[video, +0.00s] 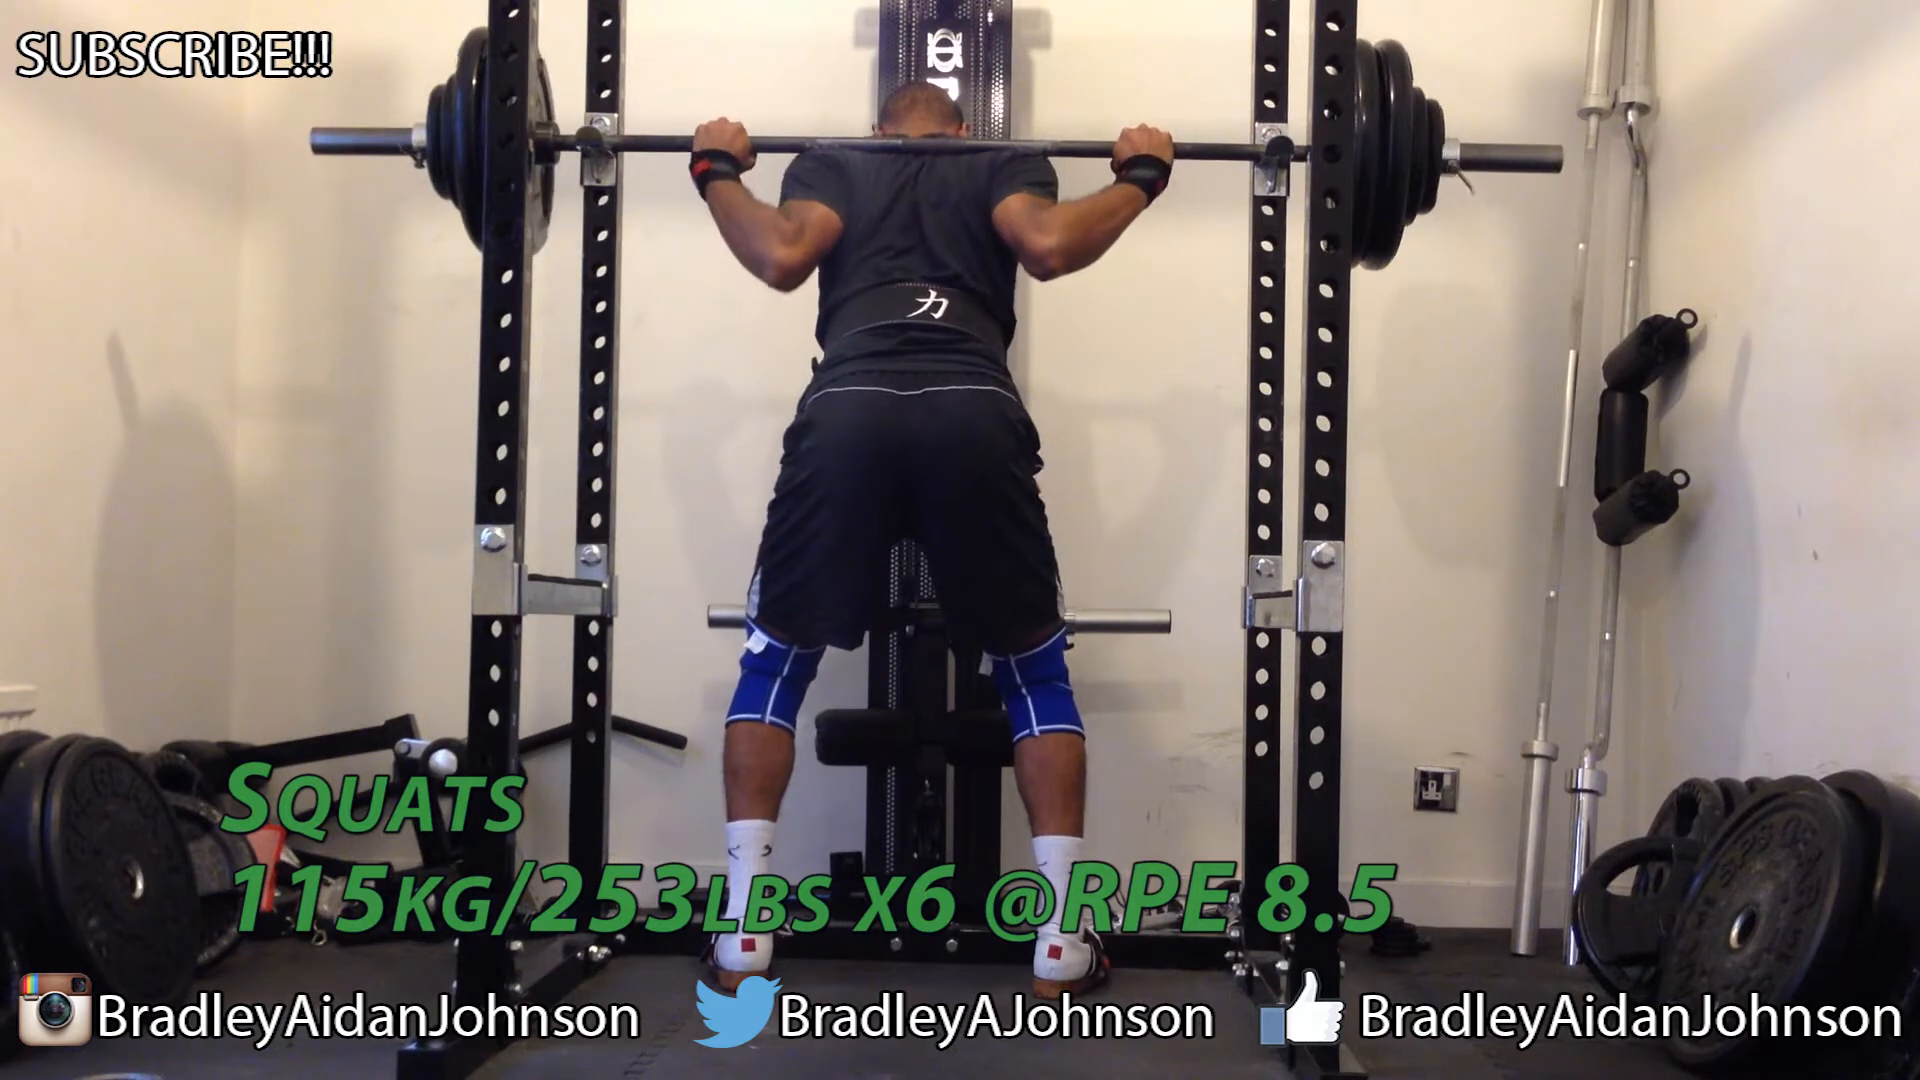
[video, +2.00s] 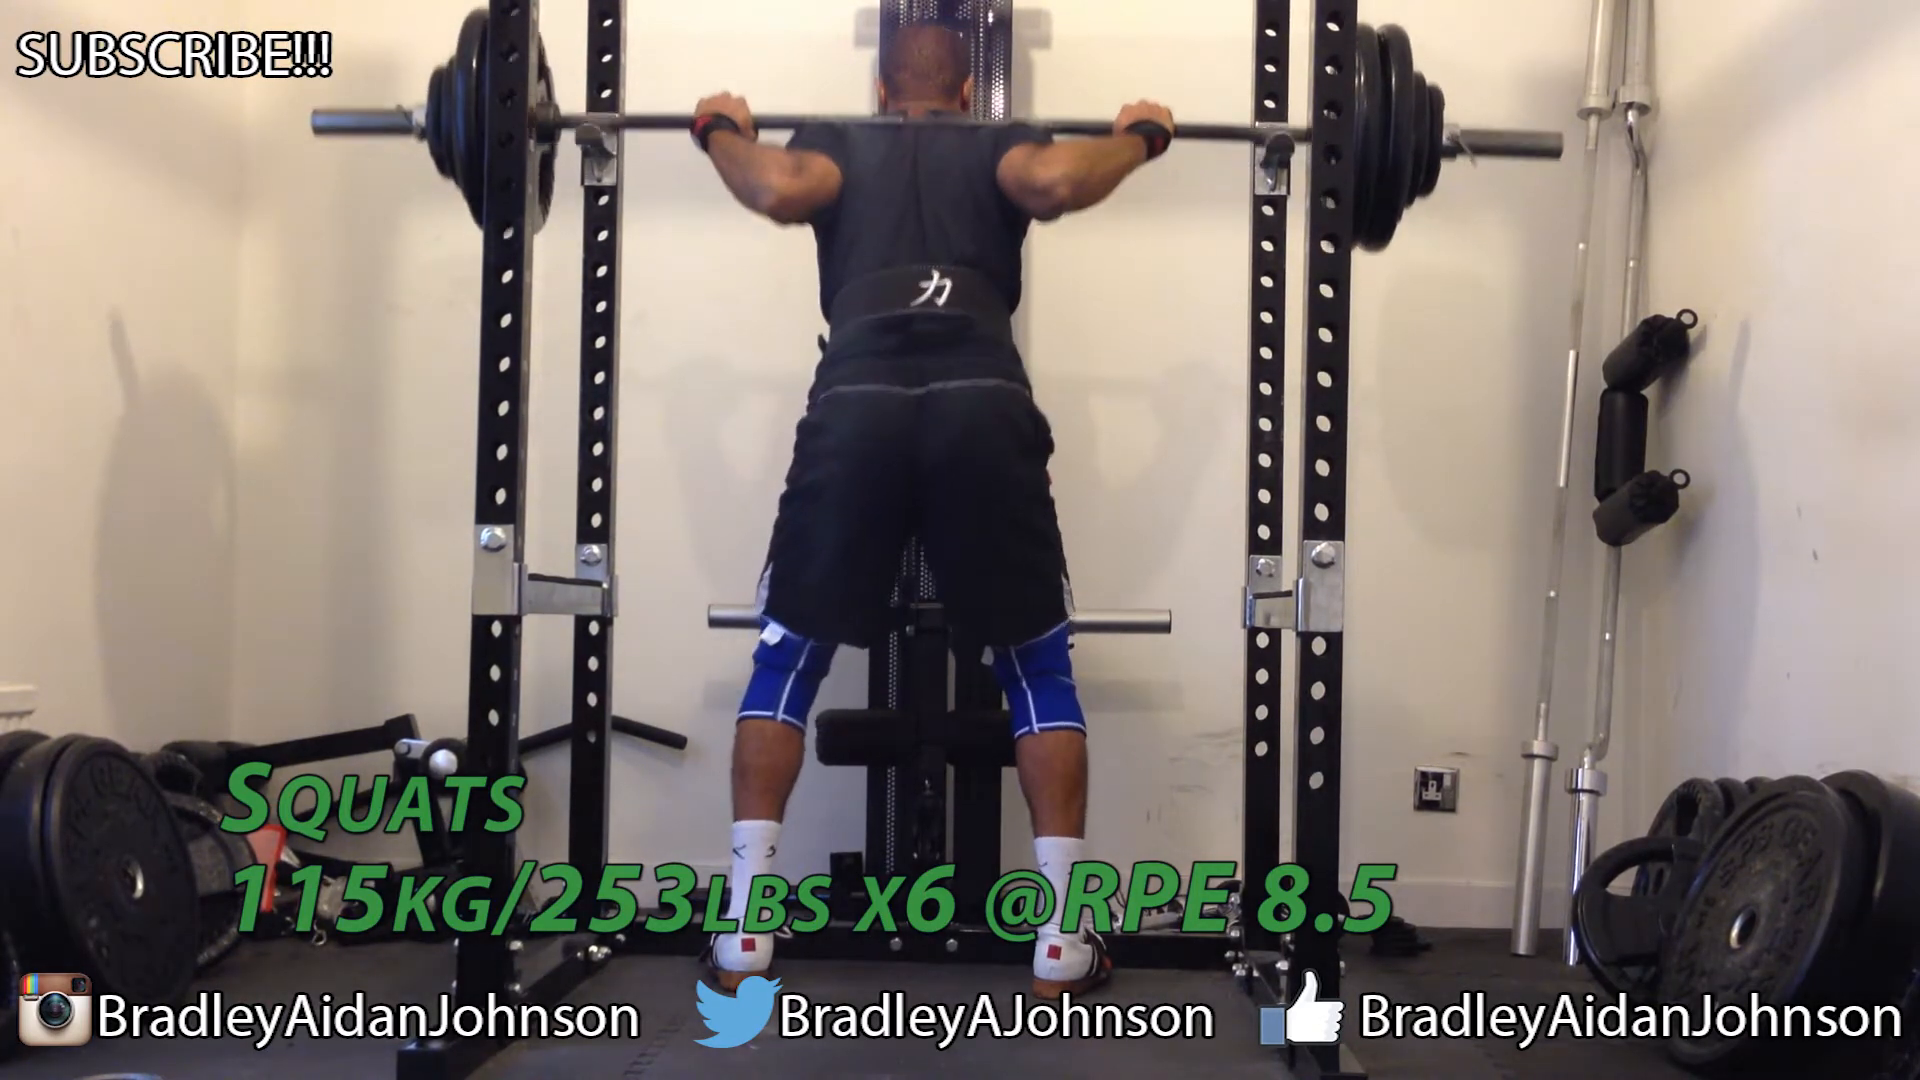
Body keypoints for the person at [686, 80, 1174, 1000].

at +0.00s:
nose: (939, 127)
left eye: (917, 119)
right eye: (951, 118)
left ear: (878, 126)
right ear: (965, 126)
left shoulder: (835, 161)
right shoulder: (999, 162)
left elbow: (781, 259)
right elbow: (1048, 248)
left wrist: (720, 174)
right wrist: (1137, 183)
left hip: (847, 412)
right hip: (973, 409)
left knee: (776, 658)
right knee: (1032, 668)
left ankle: (744, 916)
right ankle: (1062, 926)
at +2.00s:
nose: (907, 88)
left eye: (892, 76)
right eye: (956, 76)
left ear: (880, 90)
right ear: (970, 90)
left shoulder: (839, 147)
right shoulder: (998, 143)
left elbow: (777, 188)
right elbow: (1055, 180)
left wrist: (728, 137)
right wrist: (1135, 139)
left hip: (855, 414)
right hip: (985, 414)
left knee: (786, 666)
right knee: (1038, 674)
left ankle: (746, 918)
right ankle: (1061, 929)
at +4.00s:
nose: (938, 26)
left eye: (917, 20)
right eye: (942, 21)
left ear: (848, 24)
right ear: (939, 25)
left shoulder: (790, 68)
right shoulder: (970, 68)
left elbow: (714, 135)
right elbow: (1014, 125)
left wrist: (666, 72)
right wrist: (1103, 79)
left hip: (813, 361)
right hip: (947, 356)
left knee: (779, 650)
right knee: (1004, 639)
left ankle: (739, 948)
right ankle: (1056, 927)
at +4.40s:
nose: (991, 20)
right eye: (991, 13)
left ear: (877, 17)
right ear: (980, 14)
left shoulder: (828, 63)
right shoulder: (1009, 56)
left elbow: (759, 134)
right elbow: (1062, 114)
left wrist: (701, 71)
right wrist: (1152, 57)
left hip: (852, 359)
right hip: (986, 355)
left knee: (797, 655)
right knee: (1036, 660)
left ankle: (741, 959)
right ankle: (1080, 968)